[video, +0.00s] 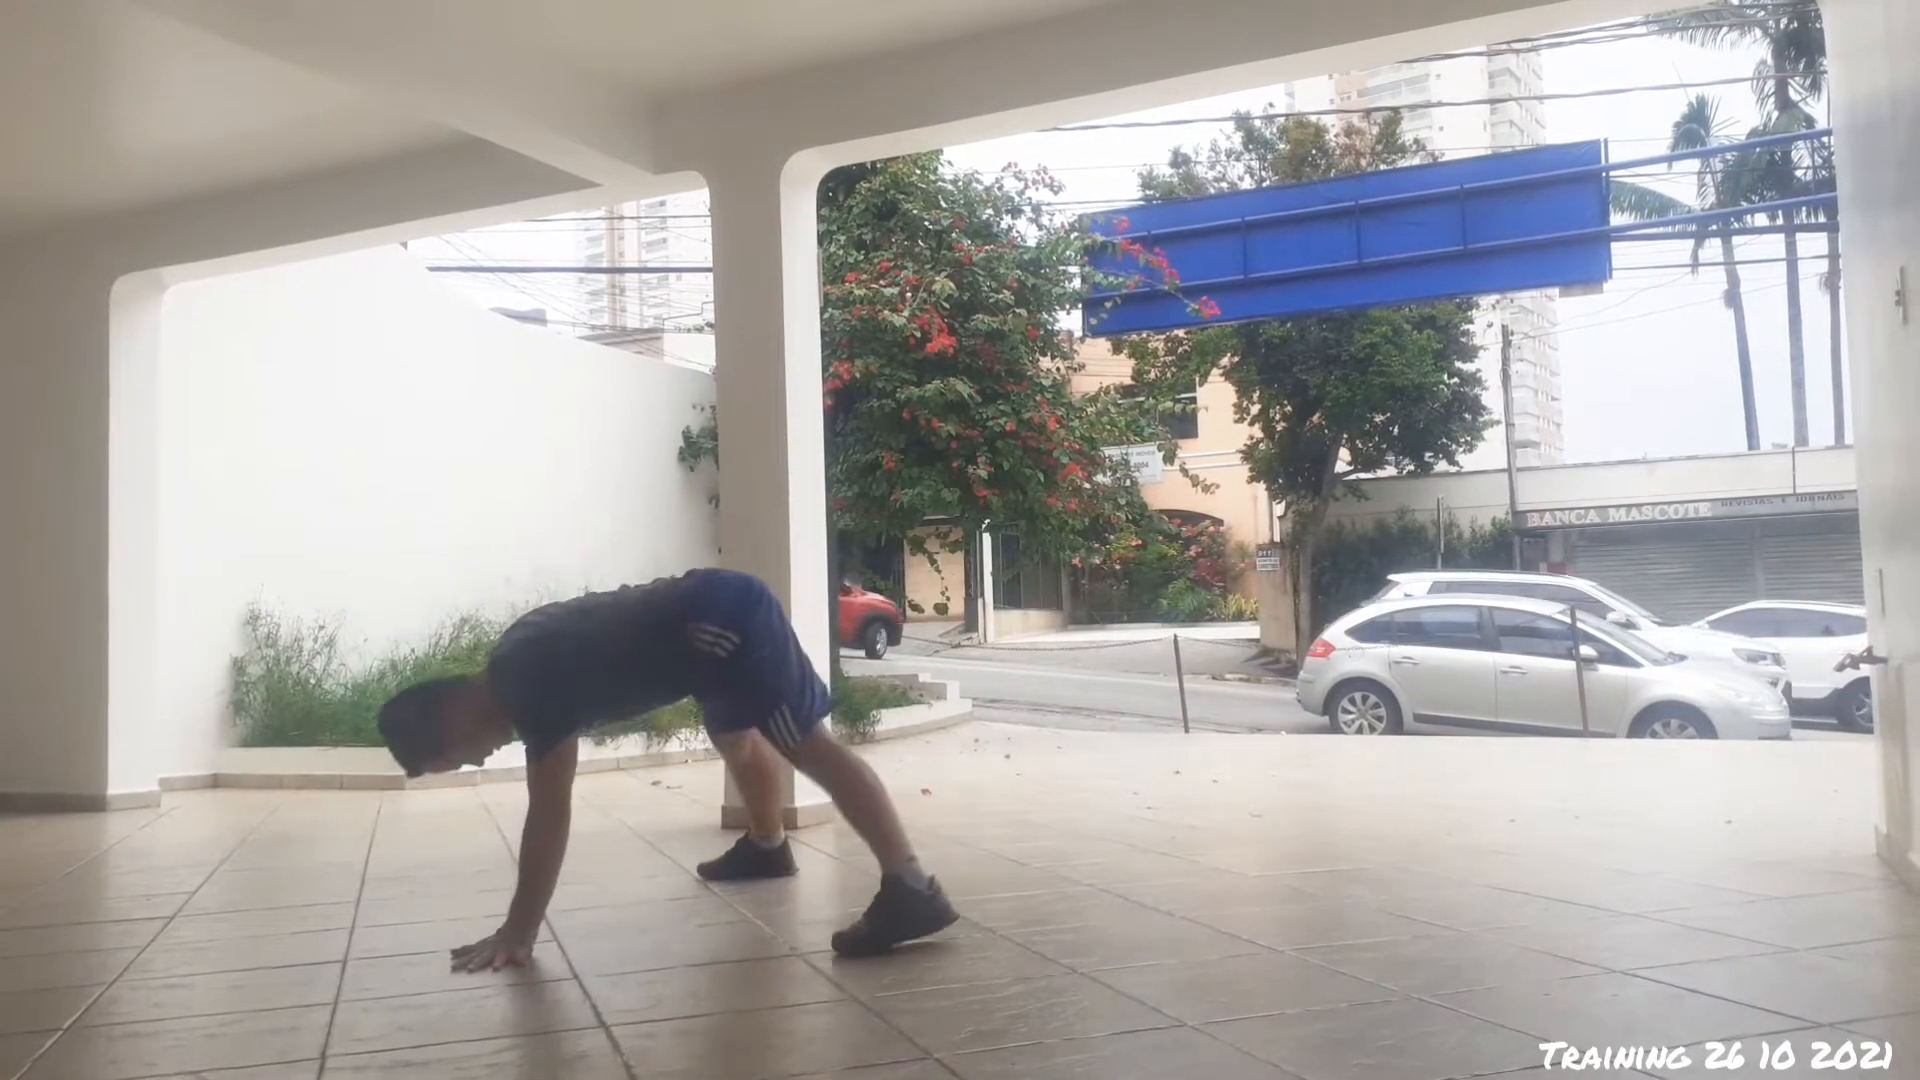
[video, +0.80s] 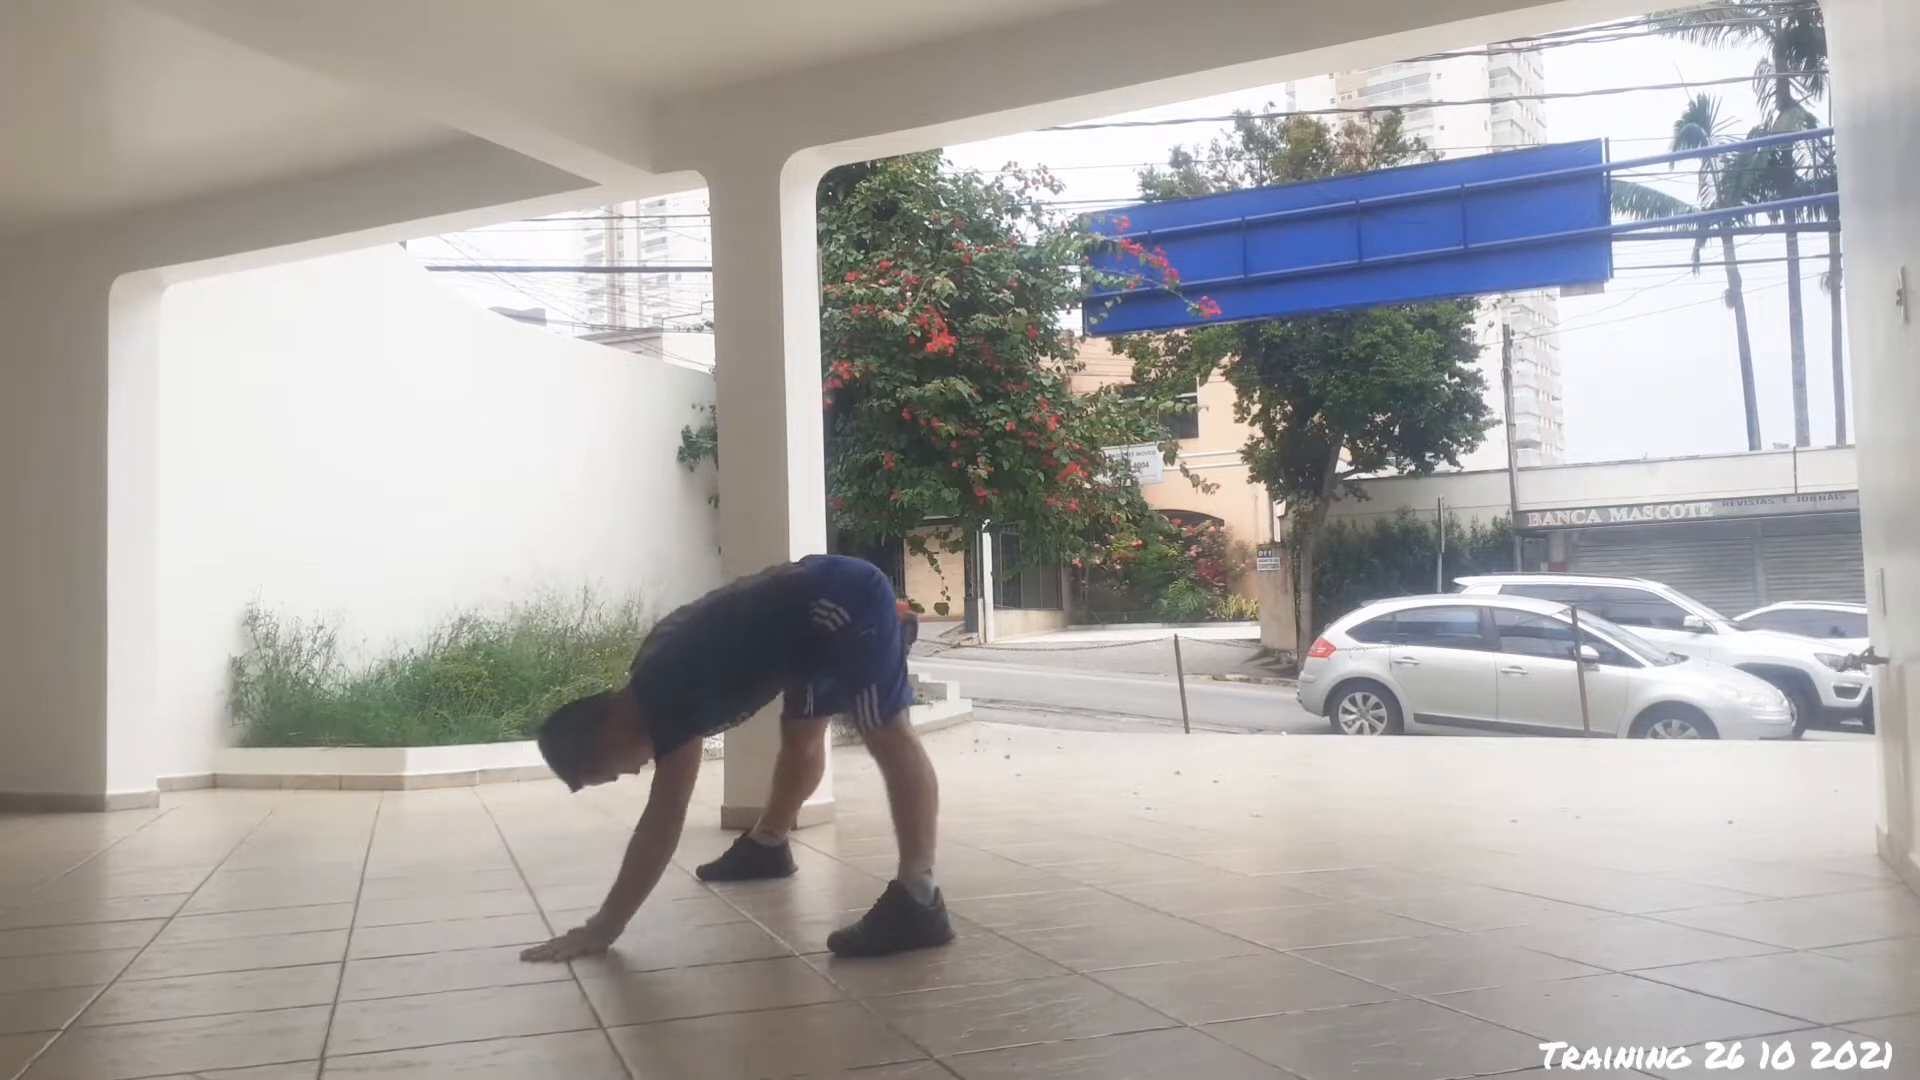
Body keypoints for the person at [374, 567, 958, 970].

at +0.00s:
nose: (467, 762)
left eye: (450, 755)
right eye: (453, 761)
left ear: (452, 712)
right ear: (452, 698)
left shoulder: (532, 677)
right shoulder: (519, 661)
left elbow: (548, 814)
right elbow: (549, 810)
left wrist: (519, 932)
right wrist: (521, 921)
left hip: (728, 616)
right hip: (706, 624)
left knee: (812, 746)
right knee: (737, 737)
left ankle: (911, 885)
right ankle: (767, 845)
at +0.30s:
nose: (514, 790)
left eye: (499, 787)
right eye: (502, 790)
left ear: (494, 743)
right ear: (494, 735)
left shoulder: (565, 695)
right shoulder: (555, 683)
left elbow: (564, 826)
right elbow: (564, 822)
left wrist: (519, 932)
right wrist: (517, 927)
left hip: (760, 608)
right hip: (733, 615)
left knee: (831, 743)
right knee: (759, 731)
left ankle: (912, 891)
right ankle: (766, 844)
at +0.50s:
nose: (573, 792)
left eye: (558, 788)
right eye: (561, 792)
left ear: (548, 751)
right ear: (549, 736)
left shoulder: (611, 702)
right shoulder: (604, 683)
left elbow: (588, 828)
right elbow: (589, 823)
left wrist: (521, 929)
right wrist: (528, 923)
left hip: (803, 598)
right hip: (772, 595)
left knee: (857, 735)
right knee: (777, 727)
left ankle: (915, 894)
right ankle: (767, 844)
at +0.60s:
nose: (590, 791)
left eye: (575, 788)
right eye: (579, 791)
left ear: (571, 749)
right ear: (570, 738)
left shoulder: (632, 703)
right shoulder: (630, 668)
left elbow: (604, 830)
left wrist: (534, 928)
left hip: (824, 597)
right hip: (789, 590)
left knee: (872, 735)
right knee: (787, 724)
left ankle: (918, 896)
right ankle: (767, 843)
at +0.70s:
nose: (615, 784)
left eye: (599, 781)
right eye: (603, 785)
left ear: (586, 746)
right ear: (587, 731)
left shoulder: (652, 699)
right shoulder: (646, 667)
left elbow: (633, 828)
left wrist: (567, 932)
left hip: (840, 598)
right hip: (804, 597)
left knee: (883, 737)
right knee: (795, 724)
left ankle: (919, 897)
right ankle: (769, 843)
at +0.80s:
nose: (625, 776)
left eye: (608, 771)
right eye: (611, 777)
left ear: (602, 736)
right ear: (601, 718)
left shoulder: (673, 700)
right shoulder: (654, 664)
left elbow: (662, 824)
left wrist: (604, 928)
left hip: (851, 600)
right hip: (811, 596)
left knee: (888, 735)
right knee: (801, 727)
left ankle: (919, 896)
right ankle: (768, 844)